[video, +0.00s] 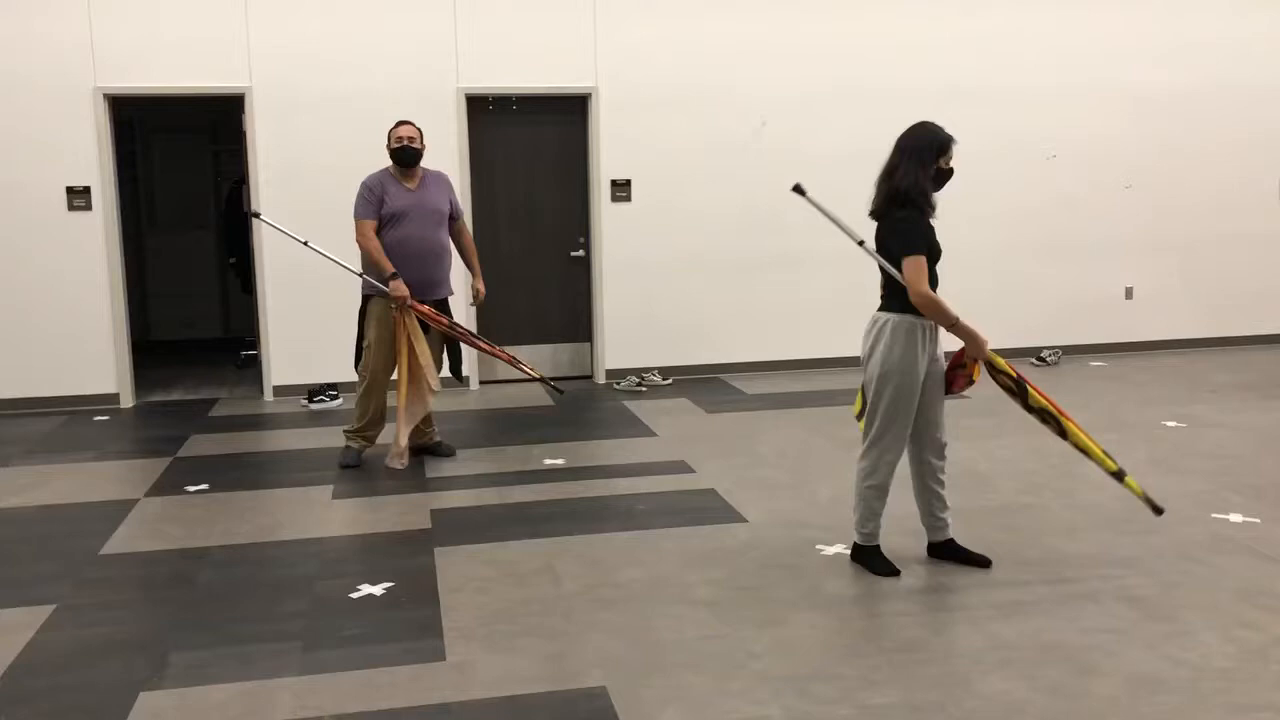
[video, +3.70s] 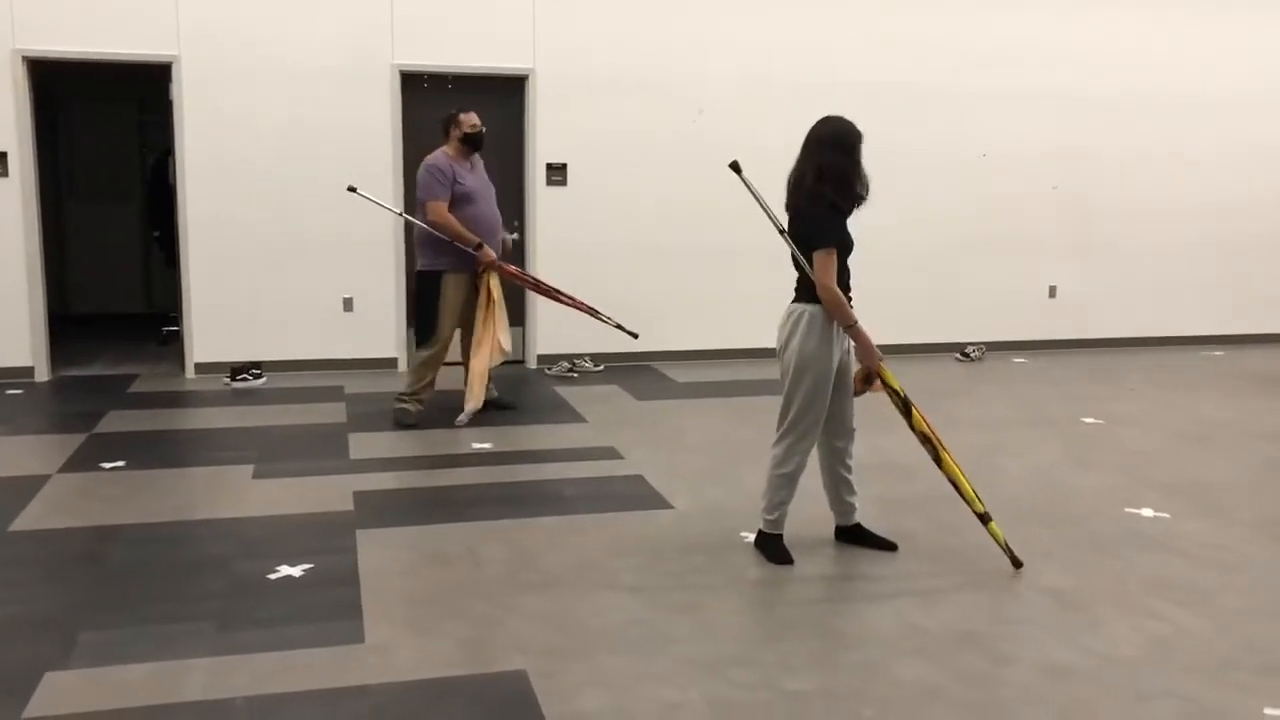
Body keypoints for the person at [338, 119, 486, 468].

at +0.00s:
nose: (405, 144)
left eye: (412, 139)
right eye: (398, 140)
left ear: (423, 147)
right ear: (388, 149)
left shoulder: (440, 183)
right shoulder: (374, 185)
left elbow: (459, 230)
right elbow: (365, 236)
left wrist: (477, 274)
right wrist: (392, 276)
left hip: (432, 297)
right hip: (385, 295)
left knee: (426, 371)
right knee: (376, 370)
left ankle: (423, 436)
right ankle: (358, 441)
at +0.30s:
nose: (388, 147)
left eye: (394, 143)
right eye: (381, 143)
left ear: (404, 150)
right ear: (370, 150)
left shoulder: (417, 185)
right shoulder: (356, 187)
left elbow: (431, 230)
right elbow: (352, 241)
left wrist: (441, 270)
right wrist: (384, 279)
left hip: (415, 296)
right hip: (367, 298)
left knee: (420, 371)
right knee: (360, 374)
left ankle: (422, 437)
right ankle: (346, 442)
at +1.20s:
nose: (398, 165)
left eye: (402, 160)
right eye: (390, 160)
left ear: (407, 163)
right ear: (374, 164)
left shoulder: (410, 196)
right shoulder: (360, 199)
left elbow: (432, 231)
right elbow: (361, 250)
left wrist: (446, 227)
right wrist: (397, 288)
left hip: (417, 302)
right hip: (375, 304)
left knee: (418, 371)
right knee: (363, 377)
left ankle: (411, 434)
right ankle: (333, 448)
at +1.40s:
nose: (407, 167)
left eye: (410, 162)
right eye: (400, 162)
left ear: (414, 162)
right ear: (381, 162)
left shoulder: (420, 192)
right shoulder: (365, 196)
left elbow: (451, 224)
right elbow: (366, 247)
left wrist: (433, 194)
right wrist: (404, 284)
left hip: (416, 296)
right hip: (379, 297)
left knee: (415, 366)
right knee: (383, 369)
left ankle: (409, 432)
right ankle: (378, 443)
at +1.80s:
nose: (420, 172)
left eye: (424, 167)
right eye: (413, 167)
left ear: (428, 168)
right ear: (397, 167)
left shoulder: (431, 198)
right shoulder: (379, 201)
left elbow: (464, 226)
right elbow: (381, 250)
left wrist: (438, 191)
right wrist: (422, 283)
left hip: (436, 301)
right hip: (396, 306)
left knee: (457, 359)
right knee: (402, 380)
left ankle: (451, 427)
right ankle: (391, 444)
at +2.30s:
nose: (466, 181)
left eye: (470, 176)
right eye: (461, 176)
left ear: (475, 175)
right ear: (447, 173)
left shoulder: (480, 201)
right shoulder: (429, 203)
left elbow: (511, 228)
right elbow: (429, 250)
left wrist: (487, 196)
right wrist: (465, 281)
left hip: (483, 299)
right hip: (446, 301)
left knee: (481, 367)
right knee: (437, 370)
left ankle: (475, 429)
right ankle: (417, 440)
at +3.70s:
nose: (479, 133)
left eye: (480, 128)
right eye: (472, 128)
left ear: (479, 133)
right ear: (454, 132)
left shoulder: (475, 162)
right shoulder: (436, 165)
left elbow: (483, 206)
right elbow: (436, 216)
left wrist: (497, 236)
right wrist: (477, 246)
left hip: (479, 264)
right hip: (444, 267)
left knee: (479, 333)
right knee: (437, 338)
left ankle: (479, 393)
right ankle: (409, 401)